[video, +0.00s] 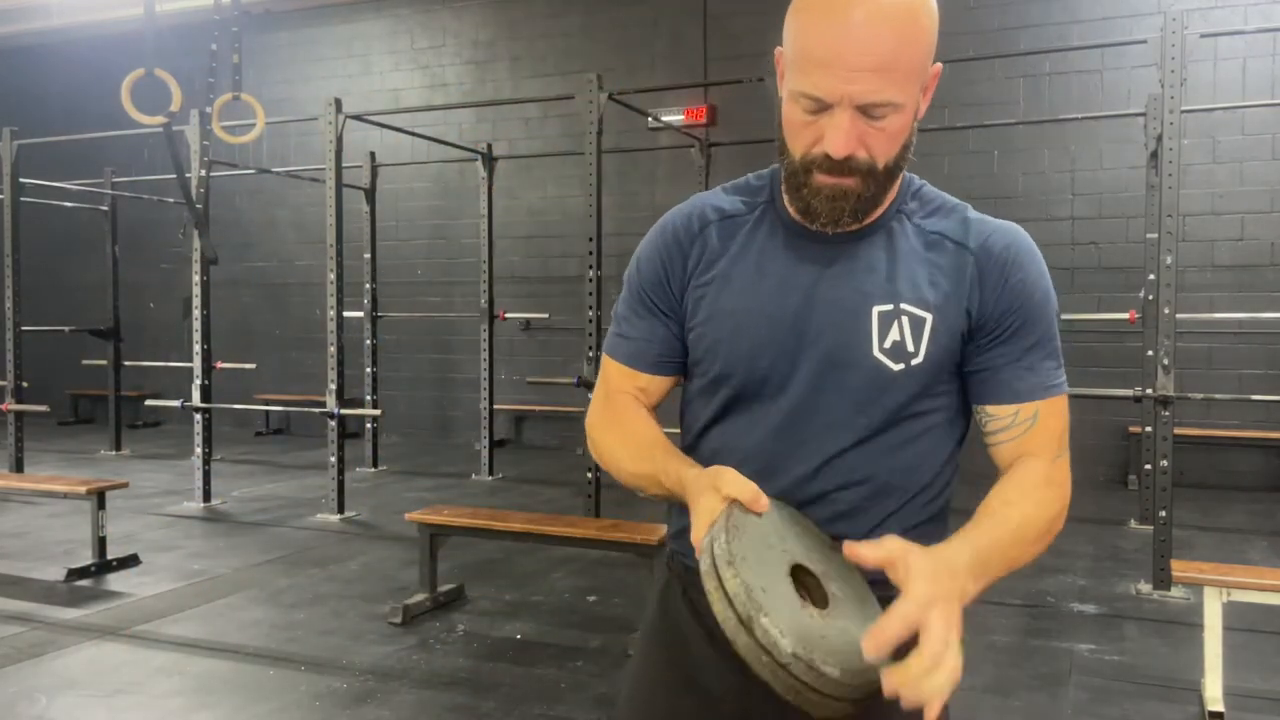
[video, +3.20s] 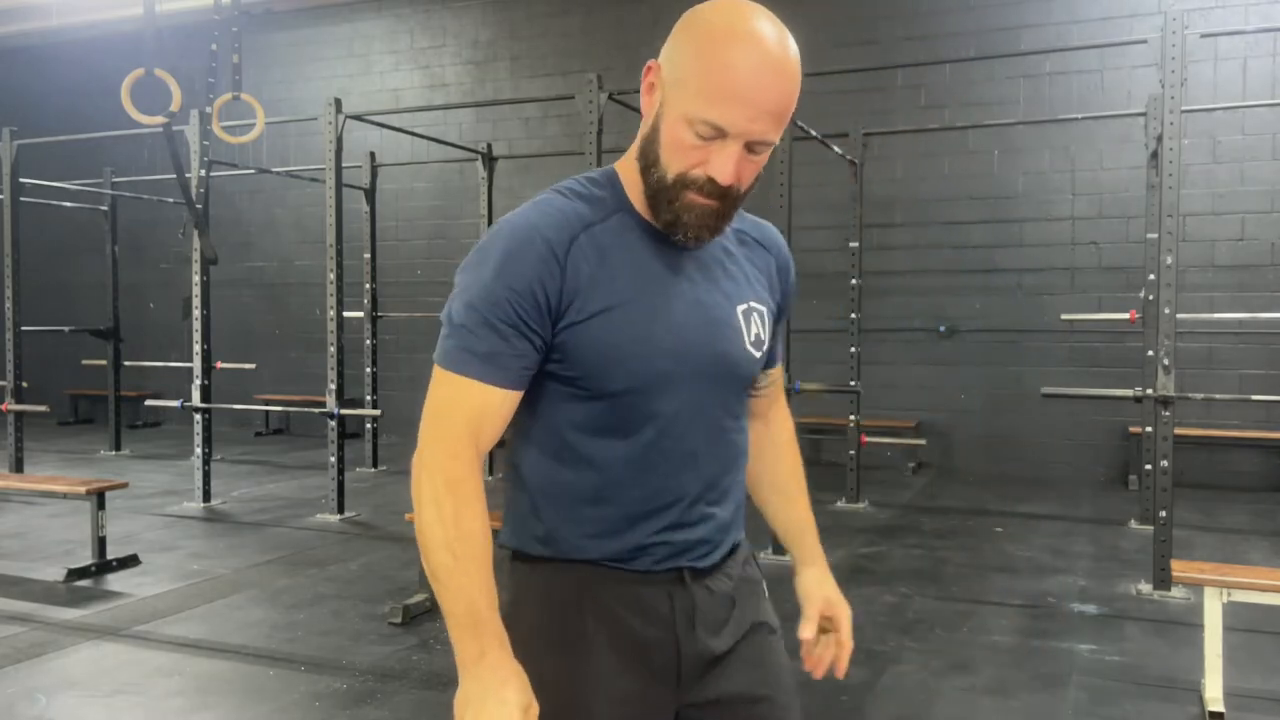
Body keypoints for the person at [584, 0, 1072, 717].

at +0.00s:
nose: (839, 144)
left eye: (874, 111)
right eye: (813, 106)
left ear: (926, 92)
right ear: (778, 74)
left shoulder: (991, 263)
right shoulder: (689, 242)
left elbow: (1040, 476)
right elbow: (612, 415)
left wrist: (953, 571)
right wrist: (686, 477)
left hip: (884, 634)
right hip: (702, 615)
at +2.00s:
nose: (867, 143)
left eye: (901, 111)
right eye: (840, 105)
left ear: (941, 99)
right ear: (795, 79)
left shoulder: (989, 283)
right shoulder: (700, 217)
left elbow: (995, 491)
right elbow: (587, 390)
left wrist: (938, 659)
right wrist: (742, 479)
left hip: (871, 648)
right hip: (693, 627)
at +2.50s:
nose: (851, 152)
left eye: (893, 124)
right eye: (833, 107)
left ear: (950, 112)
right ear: (803, 67)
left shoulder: (993, 290)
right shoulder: (703, 207)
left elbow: (1013, 511)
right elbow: (518, 304)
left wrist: (1022, 705)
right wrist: (631, 460)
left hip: (863, 644)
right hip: (691, 627)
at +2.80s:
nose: (835, 141)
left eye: (871, 112)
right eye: (813, 98)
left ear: (912, 100)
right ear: (771, 65)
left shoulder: (947, 273)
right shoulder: (662, 221)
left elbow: (979, 469)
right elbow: (489, 355)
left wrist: (1026, 667)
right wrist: (546, 535)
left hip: (845, 637)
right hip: (662, 624)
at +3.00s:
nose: (774, 158)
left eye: (806, 131)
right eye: (753, 117)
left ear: (831, 127)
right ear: (701, 84)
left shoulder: (846, 270)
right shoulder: (589, 242)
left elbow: (869, 437)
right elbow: (462, 428)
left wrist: (933, 607)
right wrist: (505, 623)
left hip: (788, 627)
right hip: (620, 626)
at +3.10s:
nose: (741, 168)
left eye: (772, 140)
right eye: (720, 127)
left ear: (797, 132)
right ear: (666, 88)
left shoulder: (801, 265)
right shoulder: (556, 246)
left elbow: (810, 421)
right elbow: (450, 443)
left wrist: (871, 585)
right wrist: (490, 647)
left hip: (755, 619)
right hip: (594, 624)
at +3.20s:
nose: (725, 172)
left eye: (755, 147)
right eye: (706, 133)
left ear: (780, 135)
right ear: (651, 92)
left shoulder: (761, 257)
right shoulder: (535, 249)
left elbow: (763, 413)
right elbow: (444, 464)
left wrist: (810, 565)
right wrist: (483, 667)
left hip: (730, 609)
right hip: (576, 620)